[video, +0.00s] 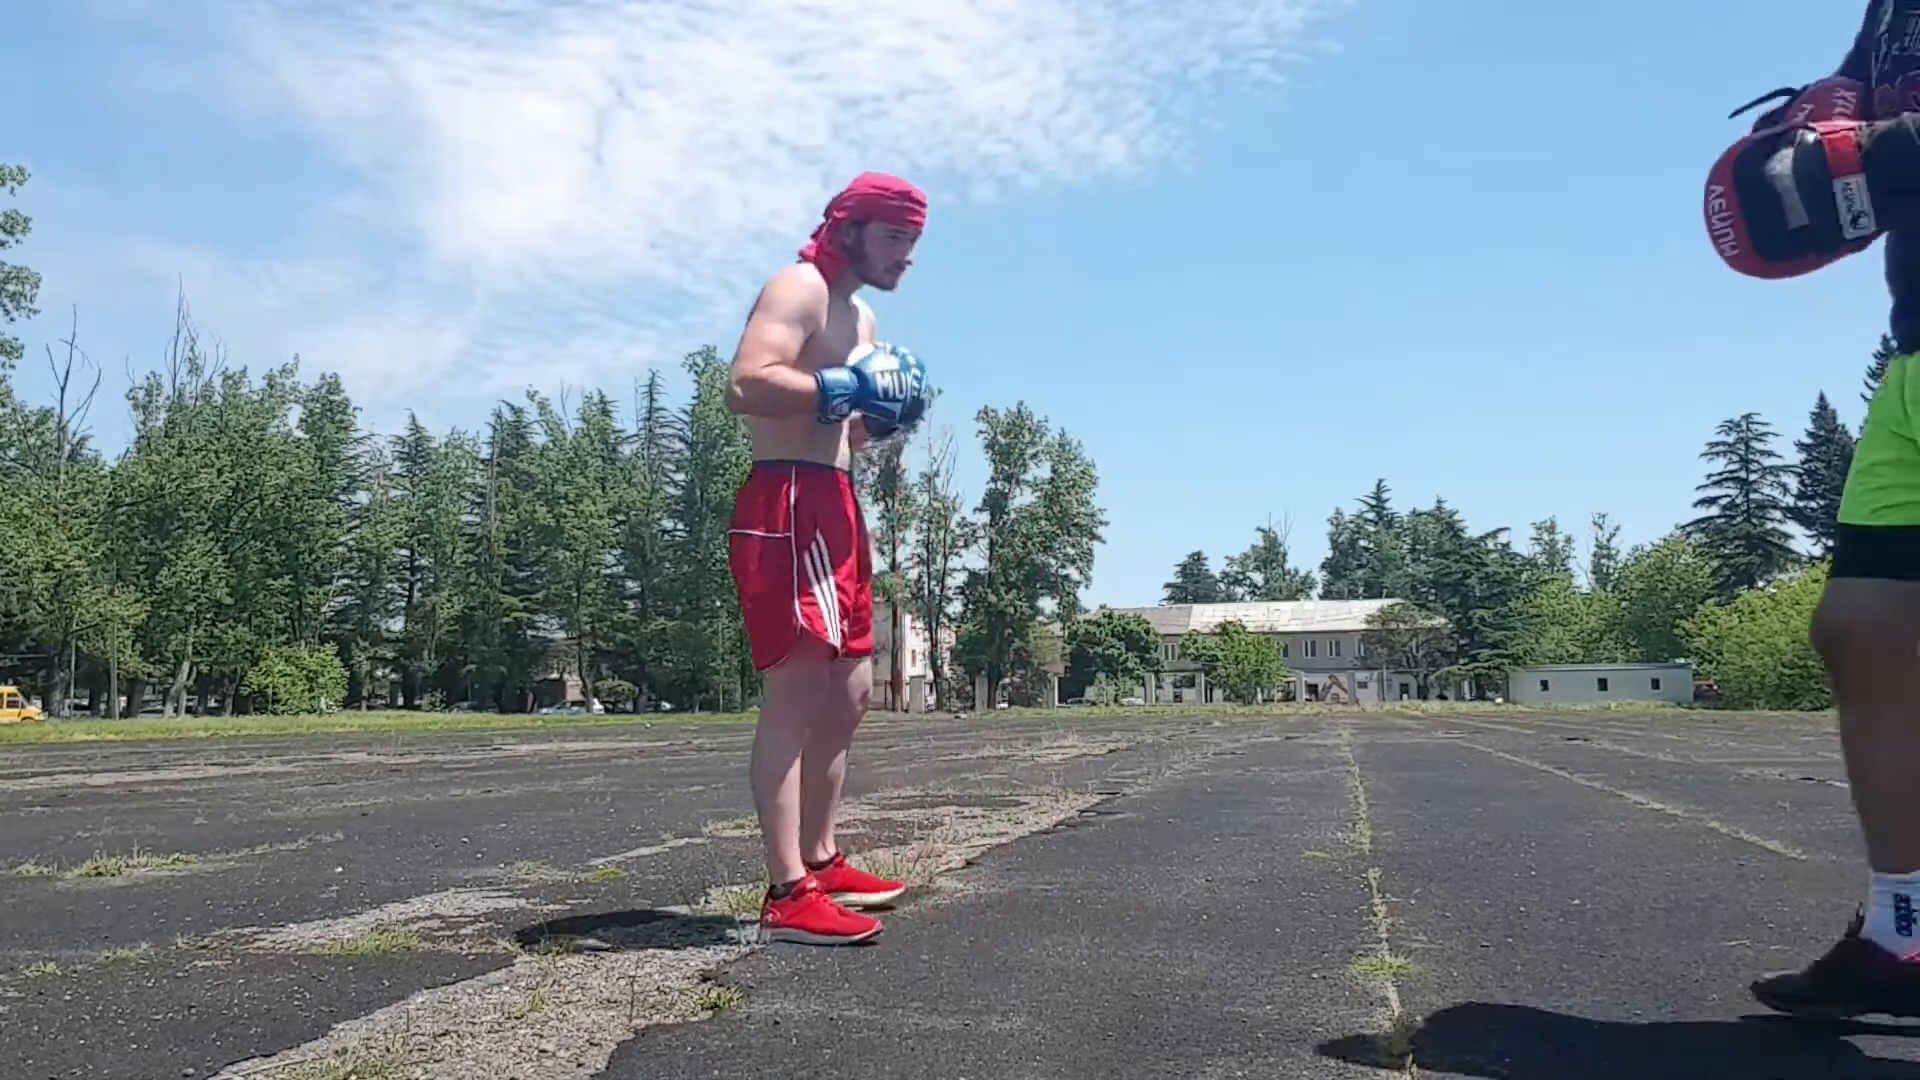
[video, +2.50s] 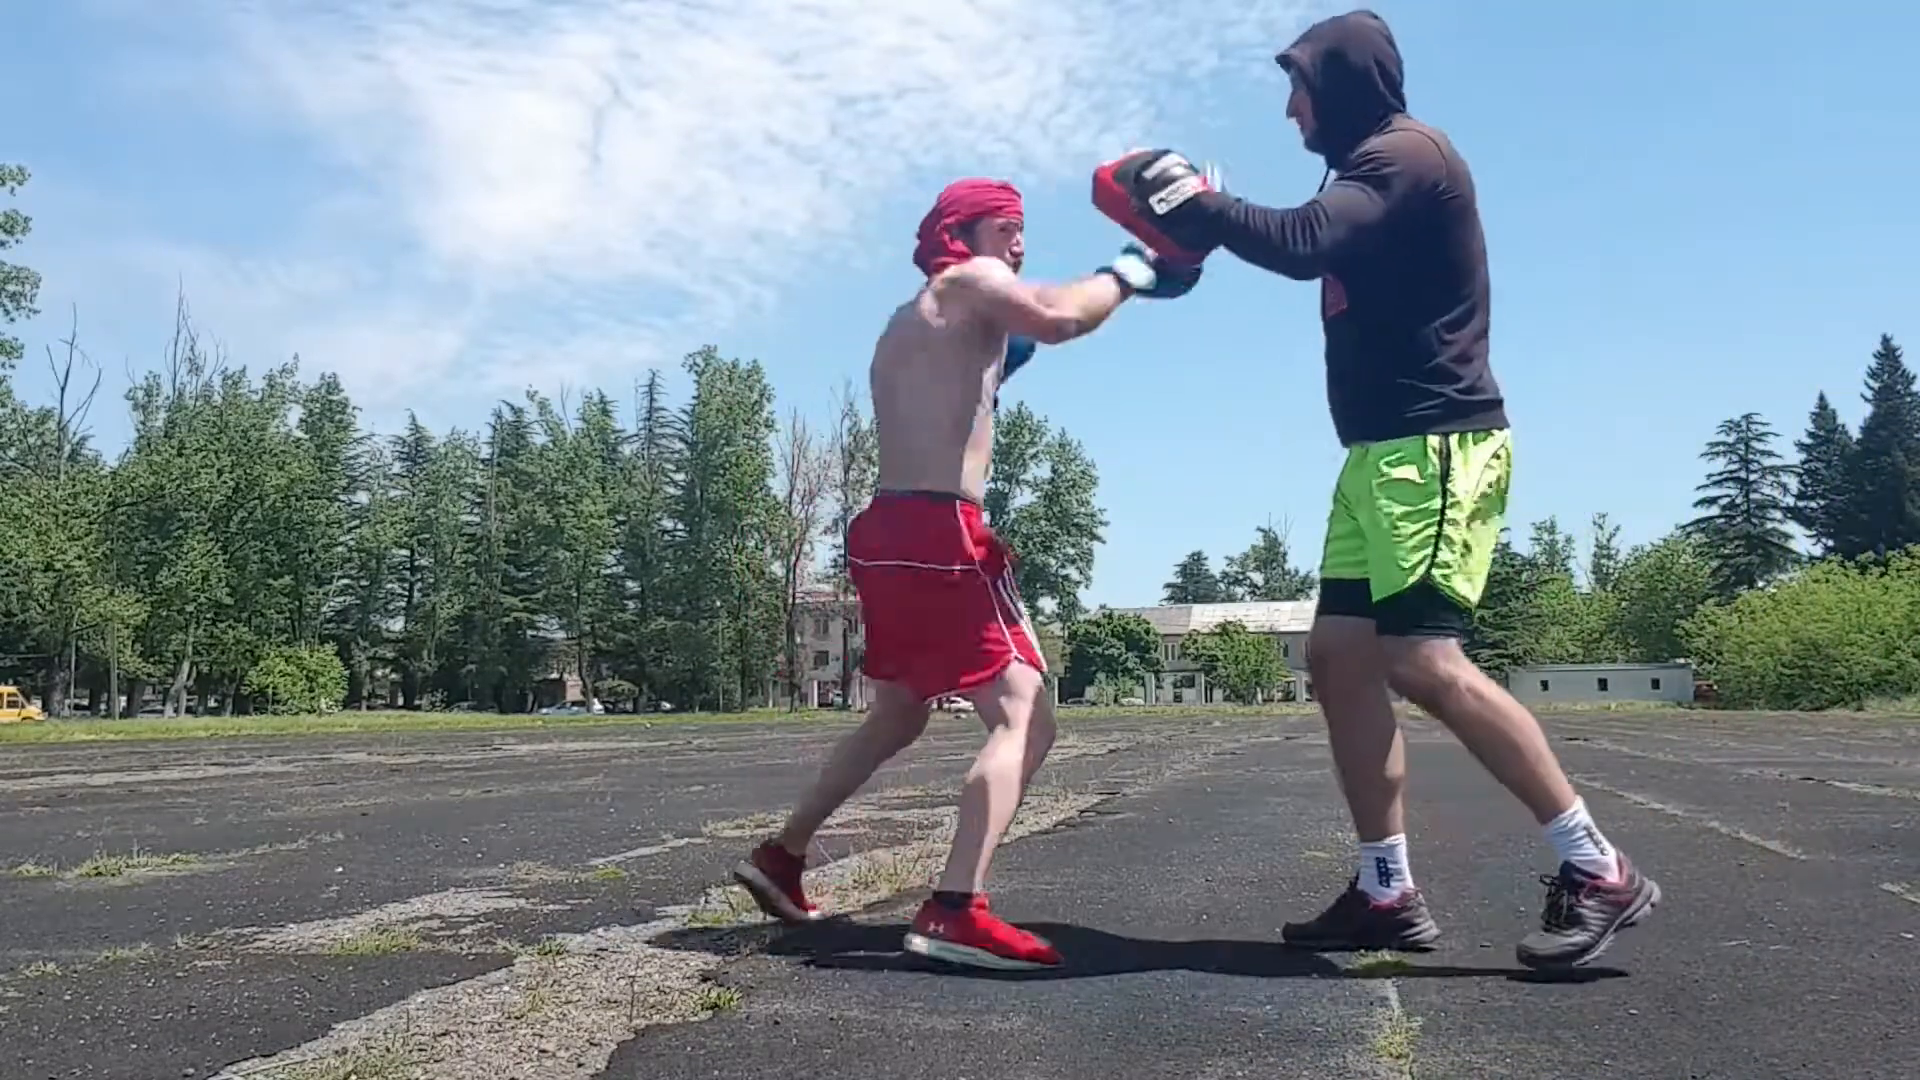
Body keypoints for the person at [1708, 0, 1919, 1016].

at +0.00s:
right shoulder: (1890, 19)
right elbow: (1850, 96)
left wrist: (1876, 147)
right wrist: (1817, 119)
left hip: (1915, 350)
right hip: (1909, 348)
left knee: (1868, 624)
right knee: (1864, 623)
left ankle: (1898, 936)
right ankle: (1896, 936)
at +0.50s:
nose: (1561, 9)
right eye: (1557, 2)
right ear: (1609, 8)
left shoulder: (1713, 7)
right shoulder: (1660, 62)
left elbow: (1720, 141)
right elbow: (1688, 210)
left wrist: (1596, 248)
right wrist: (1581, 271)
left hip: (1798, 368)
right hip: (1720, 382)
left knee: (1757, 666)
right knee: (1670, 650)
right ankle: (1735, 965)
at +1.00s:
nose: (1386, 57)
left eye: (1385, 28)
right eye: (1378, 36)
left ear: (1423, 8)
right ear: (1479, 4)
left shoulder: (1470, 57)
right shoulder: (1560, 68)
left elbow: (1464, 221)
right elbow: (1537, 270)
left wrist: (1391, 327)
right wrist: (1426, 357)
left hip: (1563, 393)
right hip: (1619, 391)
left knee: (1490, 669)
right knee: (1443, 635)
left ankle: (1595, 977)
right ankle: (1556, 902)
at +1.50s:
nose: (1315, 67)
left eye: (1314, 43)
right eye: (1310, 49)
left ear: (1350, 20)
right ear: (1402, 17)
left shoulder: (1392, 71)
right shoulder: (1461, 92)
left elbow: (1307, 211)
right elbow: (1428, 250)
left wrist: (1215, 255)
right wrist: (1329, 270)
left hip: (1475, 399)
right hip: (1512, 393)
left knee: (1436, 664)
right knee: (1415, 660)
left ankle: (1542, 942)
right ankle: (1463, 914)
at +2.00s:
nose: (1291, 106)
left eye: (1294, 90)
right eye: (1290, 92)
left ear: (1321, 77)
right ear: (1374, 65)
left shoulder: (1357, 139)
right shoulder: (1425, 133)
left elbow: (1224, 231)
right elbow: (1330, 201)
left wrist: (1125, 221)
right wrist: (1240, 179)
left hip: (1426, 431)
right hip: (1471, 427)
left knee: (1364, 665)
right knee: (1361, 668)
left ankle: (1519, 908)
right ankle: (1393, 902)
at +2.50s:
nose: (1290, 110)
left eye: (1298, 90)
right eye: (1291, 91)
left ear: (1343, 86)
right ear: (1356, 82)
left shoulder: (1405, 155)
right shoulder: (1367, 165)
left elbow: (1303, 241)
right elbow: (1300, 245)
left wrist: (1192, 197)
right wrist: (1202, 203)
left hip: (1438, 444)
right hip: (1379, 449)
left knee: (1421, 658)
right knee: (1341, 658)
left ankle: (1598, 869)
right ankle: (1385, 894)